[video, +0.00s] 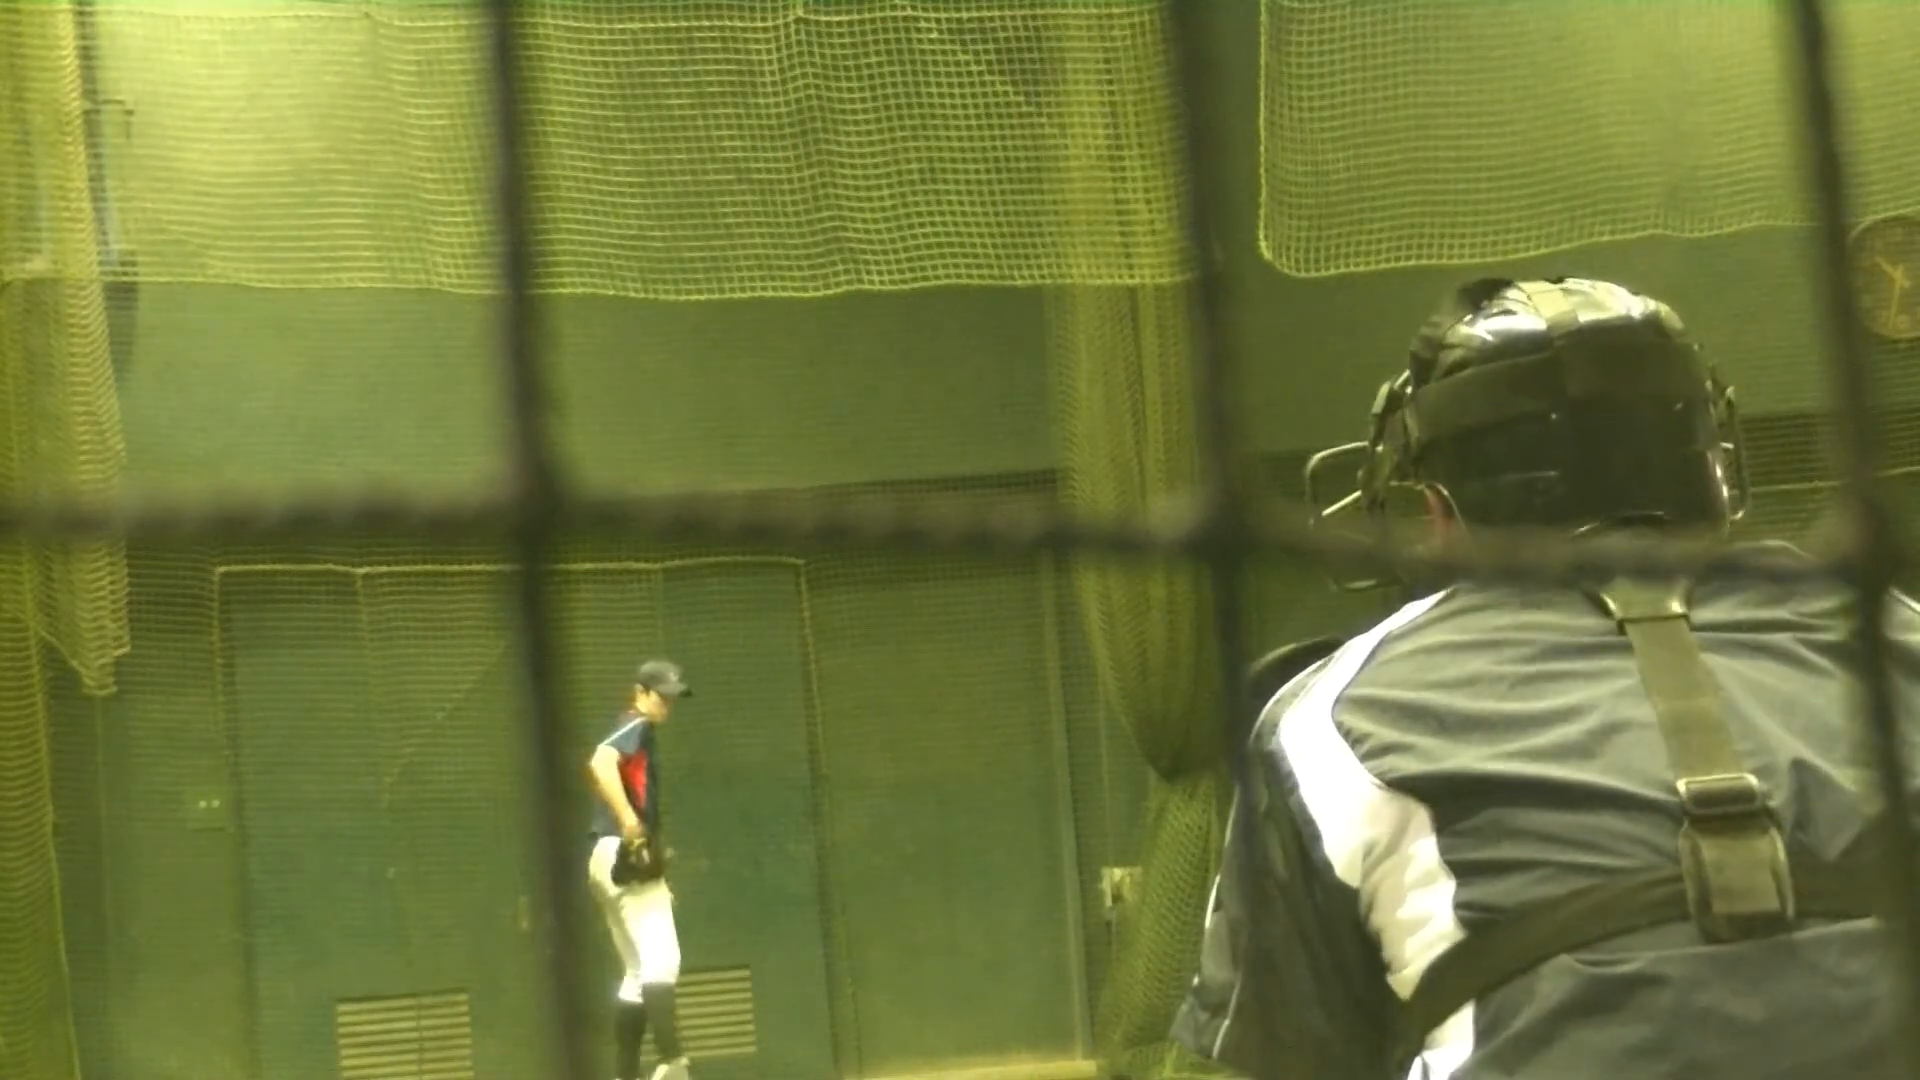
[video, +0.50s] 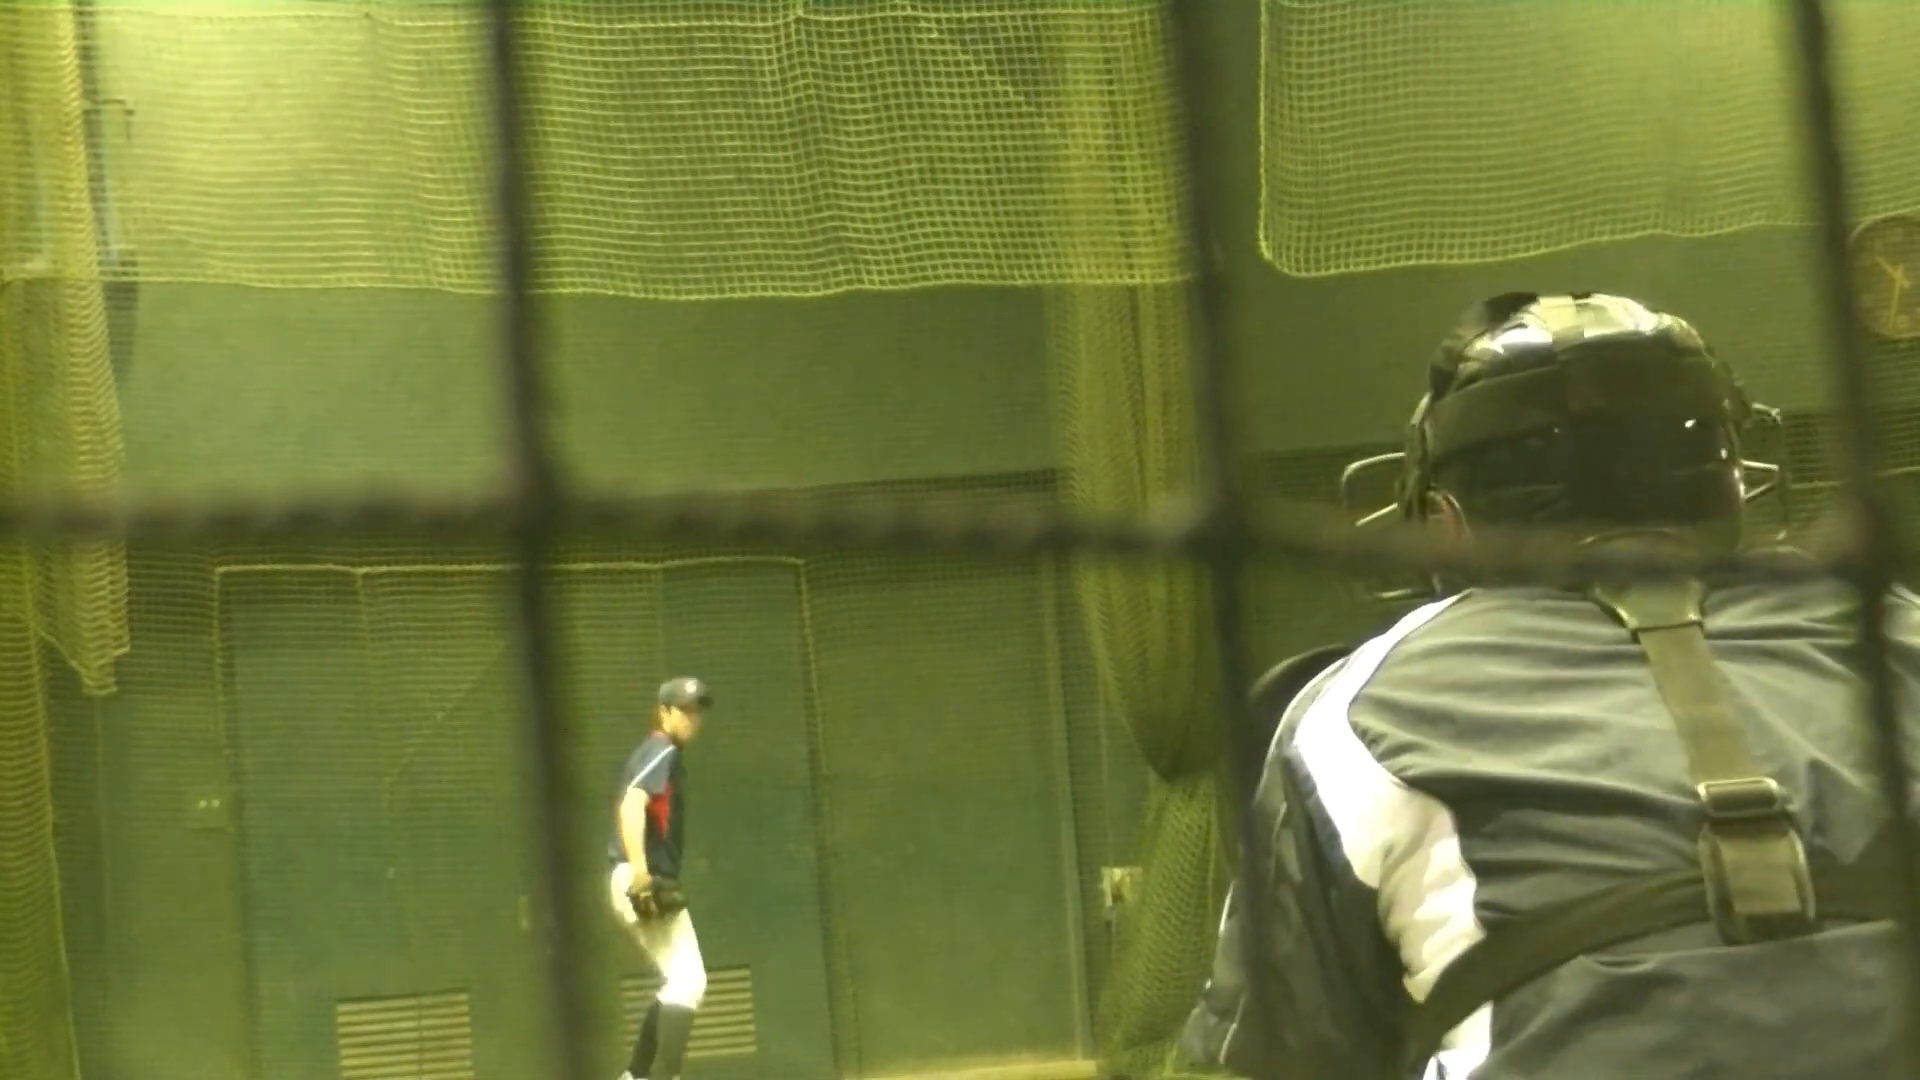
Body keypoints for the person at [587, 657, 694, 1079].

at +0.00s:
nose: (669, 706)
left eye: (672, 699)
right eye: (665, 698)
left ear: (646, 696)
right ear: (642, 694)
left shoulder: (634, 728)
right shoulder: (637, 727)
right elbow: (602, 763)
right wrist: (630, 824)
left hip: (613, 852)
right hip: (629, 852)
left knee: (636, 968)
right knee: (661, 955)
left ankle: (627, 1071)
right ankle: (672, 1060)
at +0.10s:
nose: (674, 709)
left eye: (677, 702)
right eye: (670, 701)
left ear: (652, 699)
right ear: (648, 696)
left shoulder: (639, 730)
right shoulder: (643, 729)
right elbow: (609, 766)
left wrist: (647, 840)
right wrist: (632, 832)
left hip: (616, 854)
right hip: (634, 853)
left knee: (645, 969)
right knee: (667, 955)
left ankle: (630, 1072)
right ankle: (680, 1060)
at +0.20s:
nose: (679, 715)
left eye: (682, 707)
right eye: (675, 706)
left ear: (656, 704)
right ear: (652, 700)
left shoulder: (639, 734)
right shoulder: (648, 734)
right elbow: (616, 775)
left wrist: (653, 849)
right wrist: (633, 840)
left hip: (620, 860)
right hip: (637, 859)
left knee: (657, 969)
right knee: (675, 958)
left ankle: (633, 1072)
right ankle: (679, 1061)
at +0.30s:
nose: (687, 719)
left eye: (690, 712)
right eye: (681, 711)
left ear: (659, 710)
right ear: (655, 707)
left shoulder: (641, 742)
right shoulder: (653, 742)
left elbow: (623, 797)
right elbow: (624, 789)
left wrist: (648, 859)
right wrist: (638, 858)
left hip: (625, 869)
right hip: (643, 868)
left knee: (666, 976)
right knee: (681, 971)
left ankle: (636, 1071)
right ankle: (672, 1067)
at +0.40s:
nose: (691, 722)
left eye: (693, 714)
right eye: (684, 713)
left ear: (666, 715)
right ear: (659, 712)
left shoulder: (649, 747)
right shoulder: (658, 748)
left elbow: (631, 806)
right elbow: (630, 801)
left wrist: (653, 869)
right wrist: (641, 868)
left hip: (634, 876)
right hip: (646, 877)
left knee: (675, 980)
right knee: (684, 979)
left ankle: (638, 1071)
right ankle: (668, 1071)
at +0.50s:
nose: (697, 721)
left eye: (699, 712)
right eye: (690, 712)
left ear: (677, 714)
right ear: (666, 712)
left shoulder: (659, 748)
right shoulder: (662, 747)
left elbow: (634, 808)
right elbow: (631, 803)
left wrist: (654, 871)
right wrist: (639, 870)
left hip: (642, 876)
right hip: (645, 877)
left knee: (680, 980)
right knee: (688, 979)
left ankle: (639, 1071)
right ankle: (666, 1072)